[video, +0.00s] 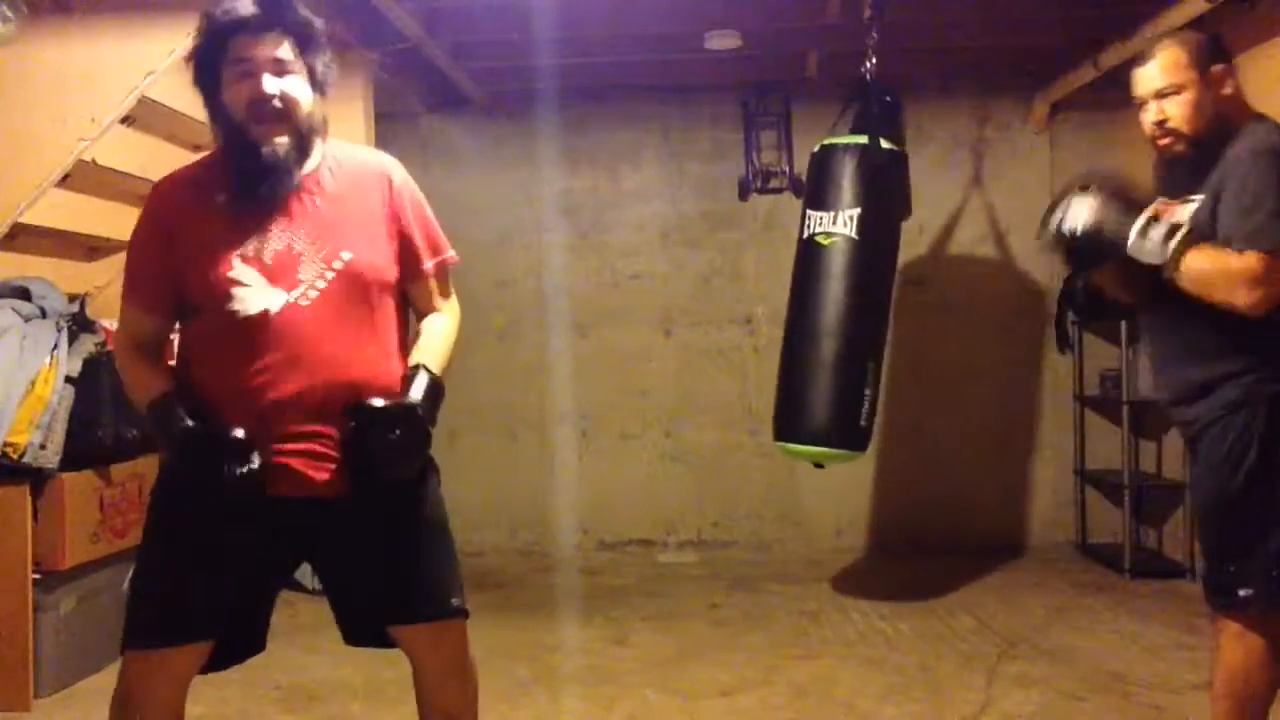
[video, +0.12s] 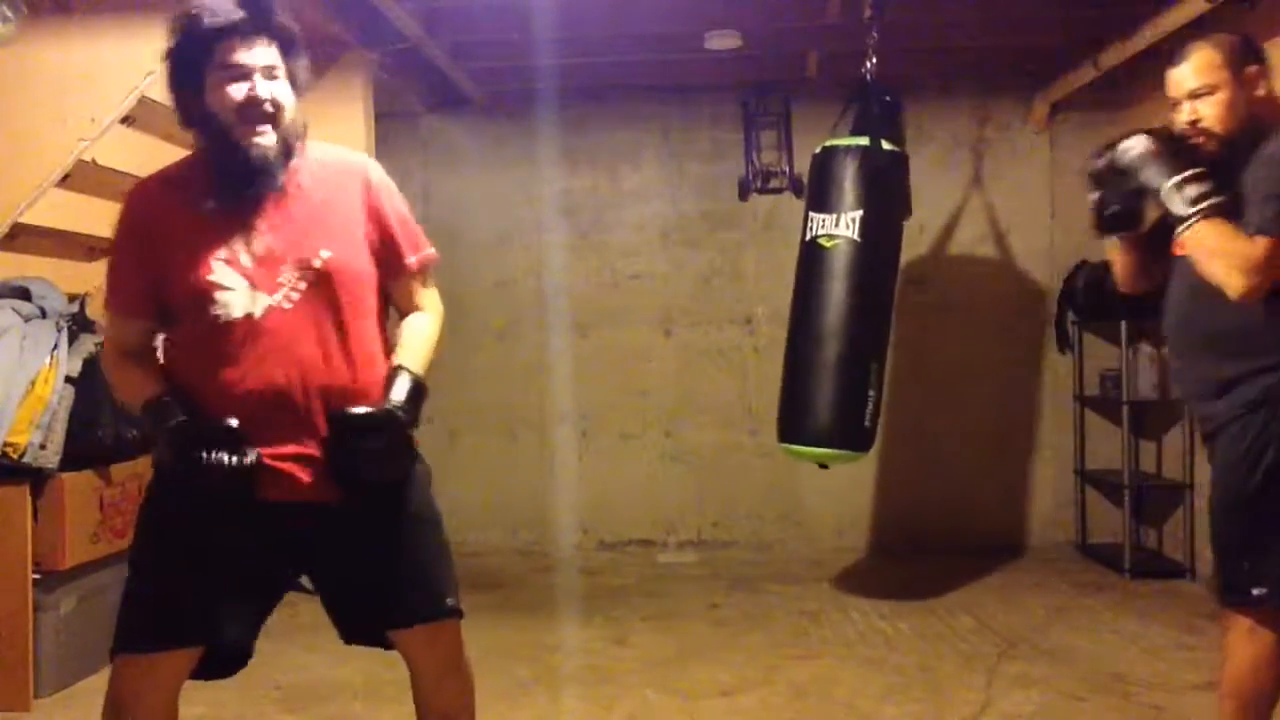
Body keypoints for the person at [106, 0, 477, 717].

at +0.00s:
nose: (267, 87)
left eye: (283, 68)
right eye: (243, 72)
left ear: (317, 82)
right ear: (214, 93)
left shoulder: (380, 179)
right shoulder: (179, 200)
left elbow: (439, 305)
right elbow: (136, 346)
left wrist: (416, 403)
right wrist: (182, 433)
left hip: (373, 470)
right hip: (224, 475)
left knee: (442, 643)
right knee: (154, 667)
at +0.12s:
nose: (258, 90)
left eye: (271, 73)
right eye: (235, 76)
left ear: (296, 84)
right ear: (198, 97)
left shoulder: (357, 179)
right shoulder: (157, 206)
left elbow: (422, 302)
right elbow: (125, 347)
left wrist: (397, 403)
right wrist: (173, 422)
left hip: (362, 473)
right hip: (216, 480)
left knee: (437, 642)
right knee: (143, 671)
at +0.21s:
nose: (268, 86)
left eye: (271, 67)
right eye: (241, 67)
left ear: (284, 78)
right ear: (187, 90)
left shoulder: (335, 173)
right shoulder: (134, 202)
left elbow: (397, 292)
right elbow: (102, 349)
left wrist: (377, 403)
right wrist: (164, 436)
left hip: (349, 467)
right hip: (203, 475)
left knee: (425, 635)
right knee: (138, 667)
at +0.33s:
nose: (245, 54)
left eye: (243, 34)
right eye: (219, 31)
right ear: (159, 54)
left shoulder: (301, 151)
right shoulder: (93, 182)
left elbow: (356, 274)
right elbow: (65, 338)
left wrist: (353, 382)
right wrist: (148, 424)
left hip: (321, 449)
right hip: (180, 466)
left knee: (402, 618)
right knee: (134, 656)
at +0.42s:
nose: (231, 44)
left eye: (231, 26)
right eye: (204, 22)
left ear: (235, 41)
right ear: (141, 42)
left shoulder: (286, 134)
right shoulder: (79, 169)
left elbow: (339, 258)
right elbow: (52, 324)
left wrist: (347, 364)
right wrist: (129, 422)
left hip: (311, 439)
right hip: (171, 458)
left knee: (379, 599)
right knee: (139, 640)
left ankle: (417, 714)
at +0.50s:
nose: (224, 32)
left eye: (226, 17)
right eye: (194, 12)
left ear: (237, 36)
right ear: (137, 35)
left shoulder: (283, 129)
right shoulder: (78, 163)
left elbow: (332, 255)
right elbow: (51, 319)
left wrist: (344, 358)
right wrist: (126, 426)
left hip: (307, 442)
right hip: (168, 456)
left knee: (362, 586)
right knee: (142, 644)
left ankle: (379, 713)